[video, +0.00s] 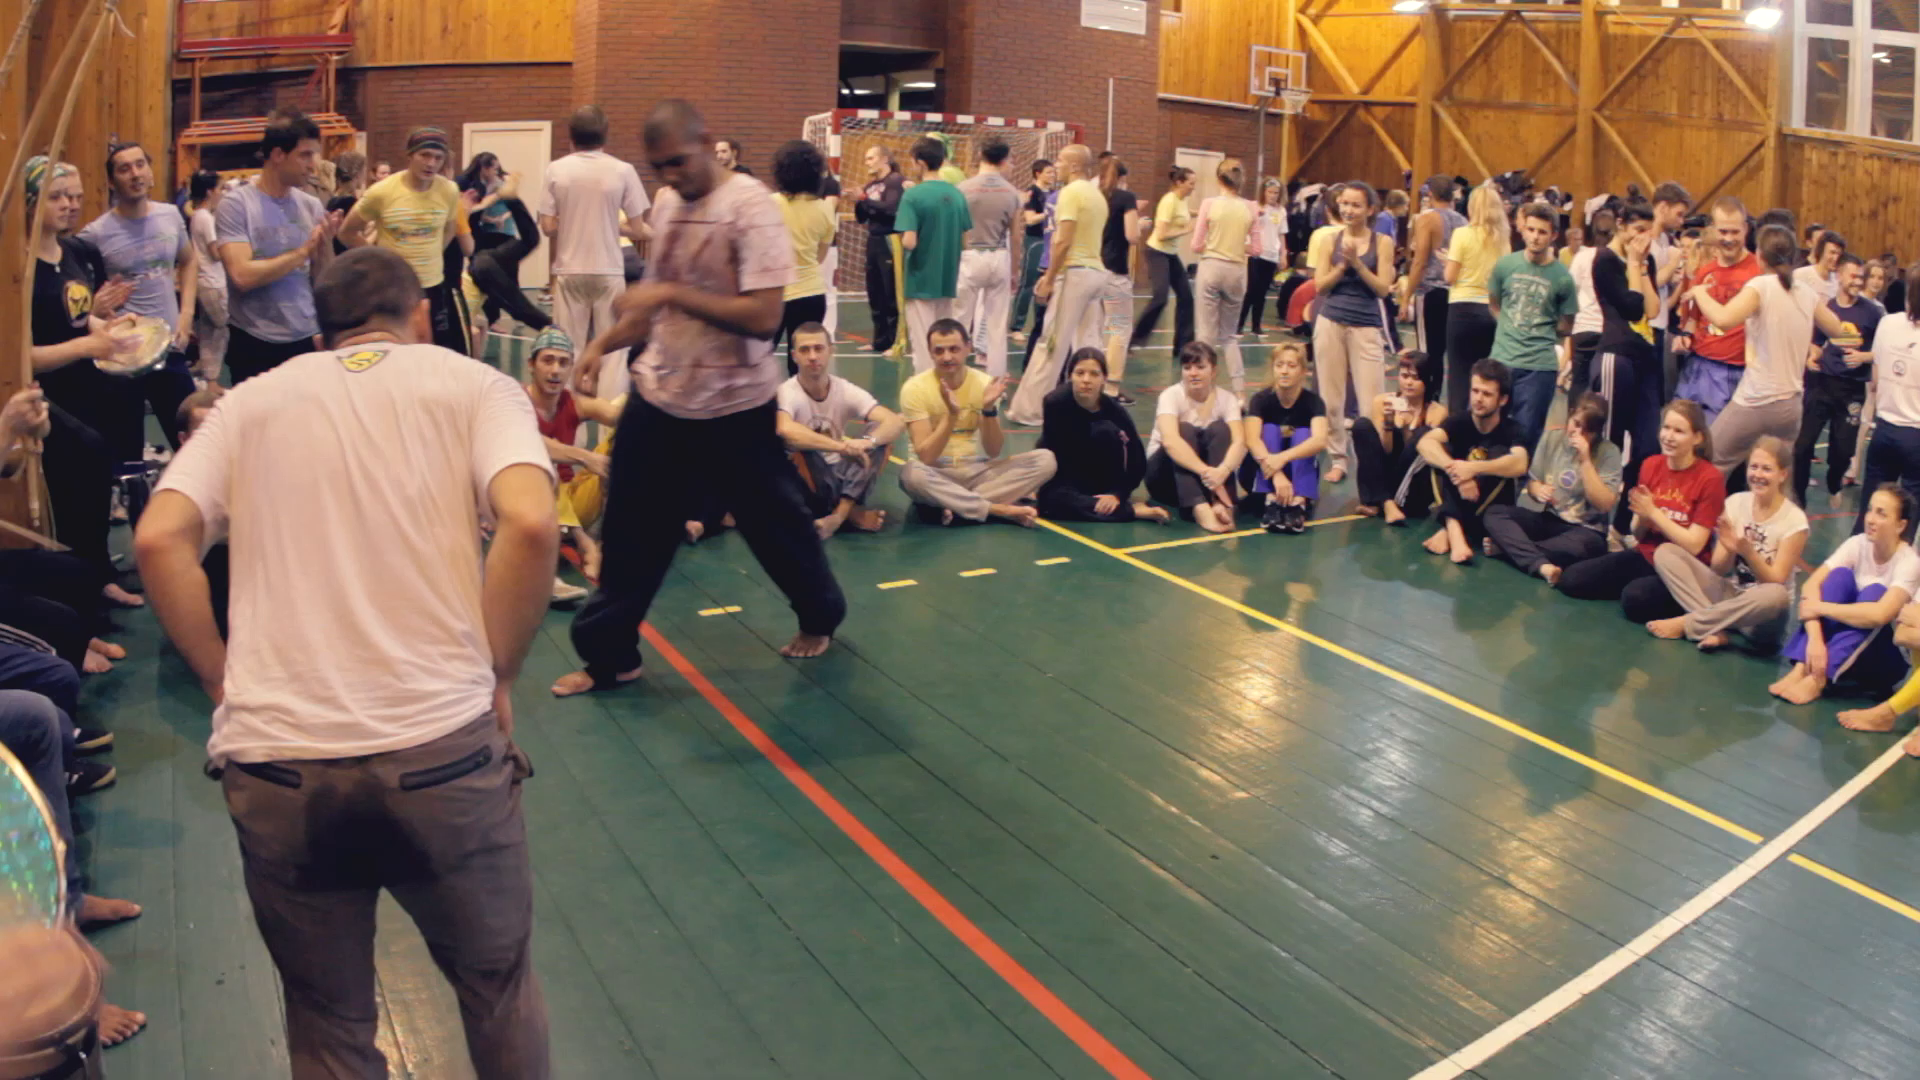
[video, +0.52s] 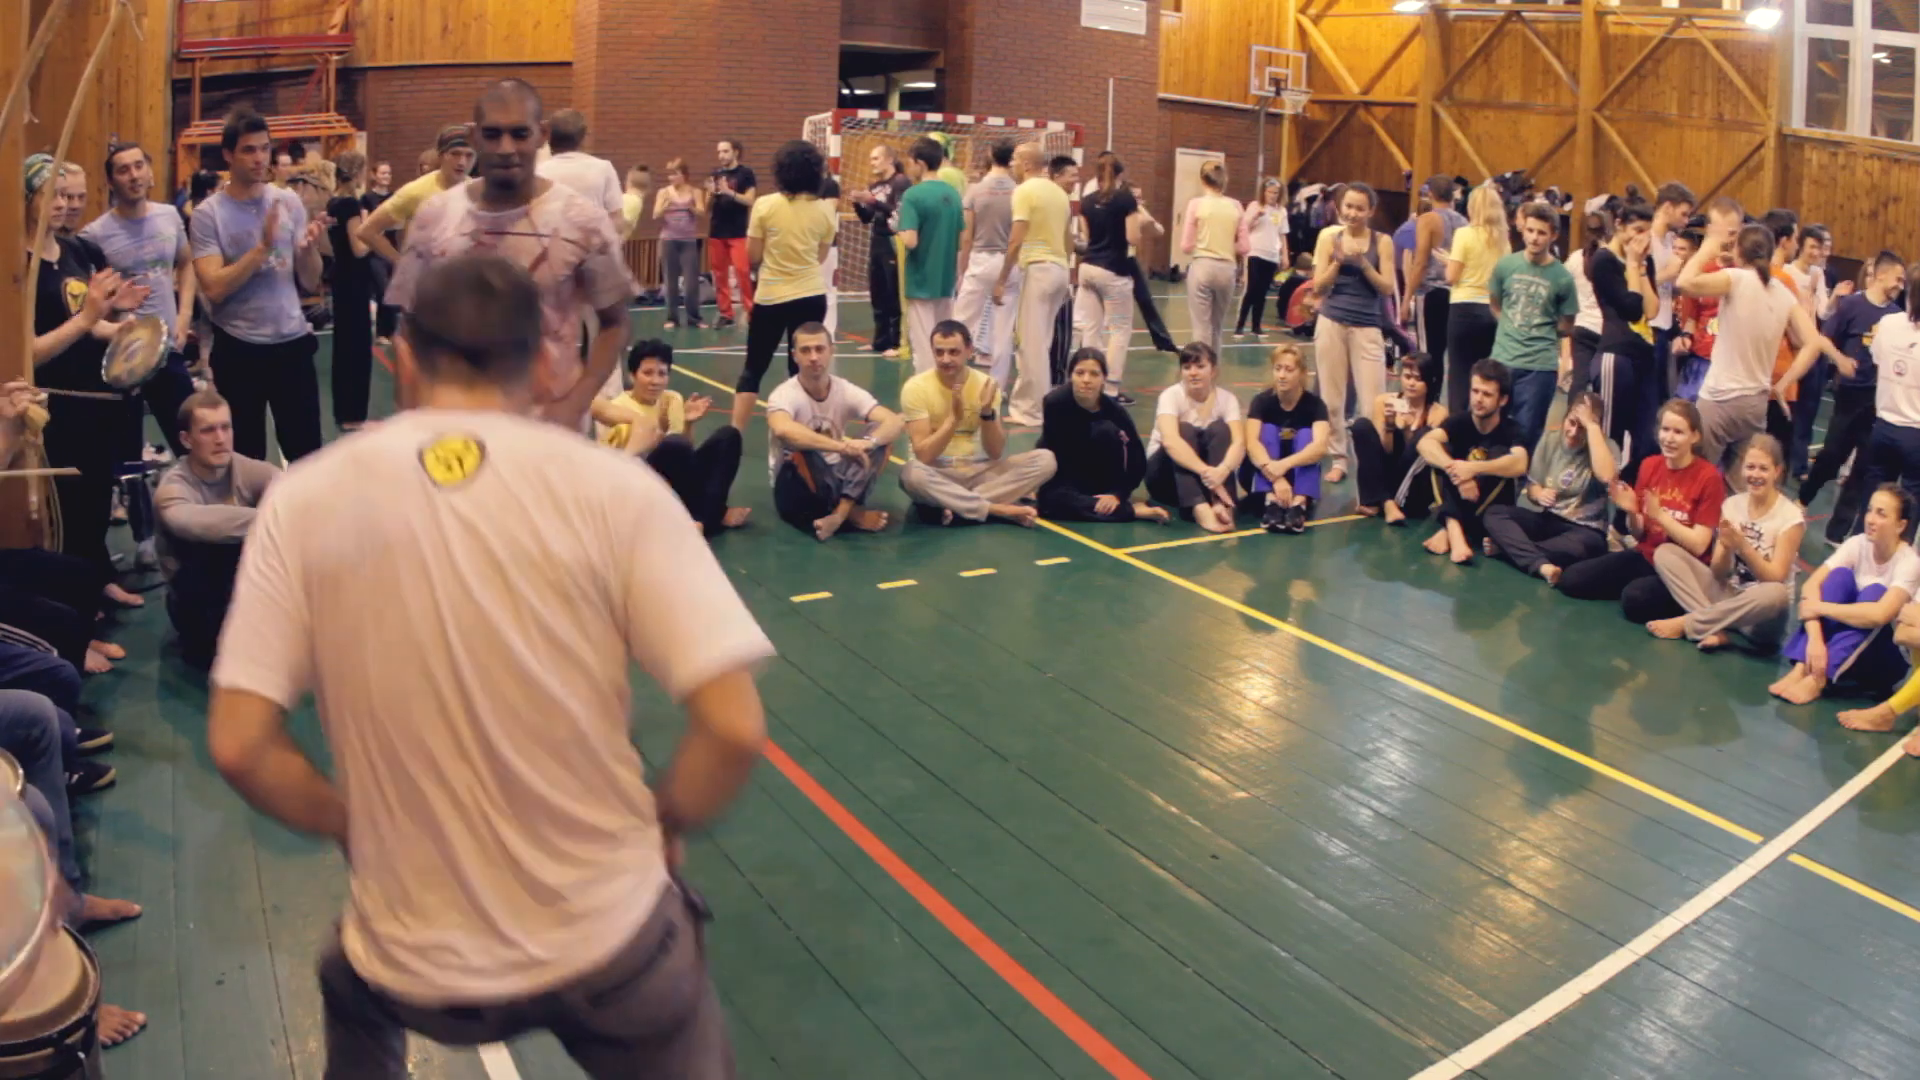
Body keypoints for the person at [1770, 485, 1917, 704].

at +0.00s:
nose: (1870, 519)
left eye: (1881, 514)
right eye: (1869, 510)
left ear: (1901, 526)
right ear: (1864, 513)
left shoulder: (1910, 562)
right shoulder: (1857, 544)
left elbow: (1880, 616)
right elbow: (1810, 586)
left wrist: (1819, 607)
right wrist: (1815, 641)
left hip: (1882, 667)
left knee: (1875, 592)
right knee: (1840, 576)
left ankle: (1818, 678)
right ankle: (1800, 668)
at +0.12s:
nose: (1870, 519)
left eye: (1881, 514)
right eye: (1869, 511)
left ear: (1901, 526)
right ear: (1864, 513)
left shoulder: (1909, 561)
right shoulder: (1857, 544)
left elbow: (1880, 616)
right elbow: (1810, 586)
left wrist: (1819, 607)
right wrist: (1815, 641)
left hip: (1882, 667)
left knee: (1875, 591)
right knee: (1840, 576)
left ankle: (1818, 678)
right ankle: (1800, 668)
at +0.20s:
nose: (1870, 519)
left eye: (1881, 514)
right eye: (1869, 511)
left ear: (1901, 526)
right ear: (1864, 513)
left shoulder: (1910, 562)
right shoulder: (1857, 544)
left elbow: (1880, 616)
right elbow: (1810, 586)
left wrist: (1819, 607)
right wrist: (1815, 641)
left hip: (1881, 668)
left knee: (1875, 591)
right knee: (1840, 576)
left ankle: (1818, 678)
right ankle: (1800, 668)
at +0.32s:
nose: (1870, 519)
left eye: (1881, 514)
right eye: (1869, 511)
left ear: (1901, 526)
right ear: (1864, 513)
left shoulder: (1910, 562)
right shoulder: (1857, 544)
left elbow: (1880, 616)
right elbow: (1810, 585)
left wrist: (1818, 607)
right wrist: (1815, 641)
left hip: (1881, 668)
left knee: (1875, 591)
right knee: (1840, 576)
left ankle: (1817, 678)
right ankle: (1800, 668)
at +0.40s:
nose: (1870, 519)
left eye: (1881, 514)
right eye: (1869, 511)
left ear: (1901, 526)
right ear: (1864, 513)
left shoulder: (1910, 562)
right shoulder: (1857, 544)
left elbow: (1880, 616)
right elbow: (1810, 585)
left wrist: (1819, 607)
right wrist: (1815, 641)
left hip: (1881, 668)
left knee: (1875, 592)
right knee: (1840, 576)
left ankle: (1817, 678)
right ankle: (1800, 668)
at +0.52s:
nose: (1870, 519)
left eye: (1881, 514)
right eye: (1869, 511)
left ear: (1901, 526)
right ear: (1864, 513)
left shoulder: (1910, 562)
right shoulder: (1857, 544)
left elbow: (1880, 616)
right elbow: (1810, 586)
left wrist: (1818, 607)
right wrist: (1815, 641)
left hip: (1881, 667)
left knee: (1875, 592)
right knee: (1840, 577)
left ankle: (1817, 678)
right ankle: (1800, 668)